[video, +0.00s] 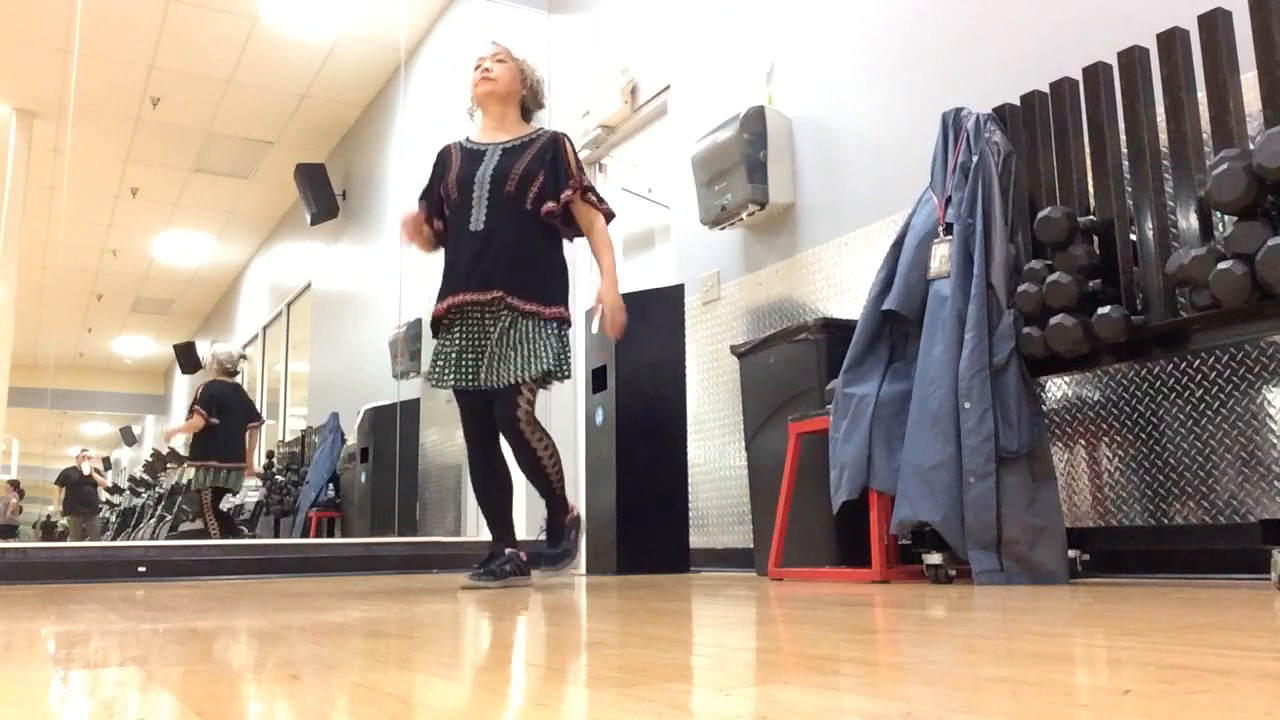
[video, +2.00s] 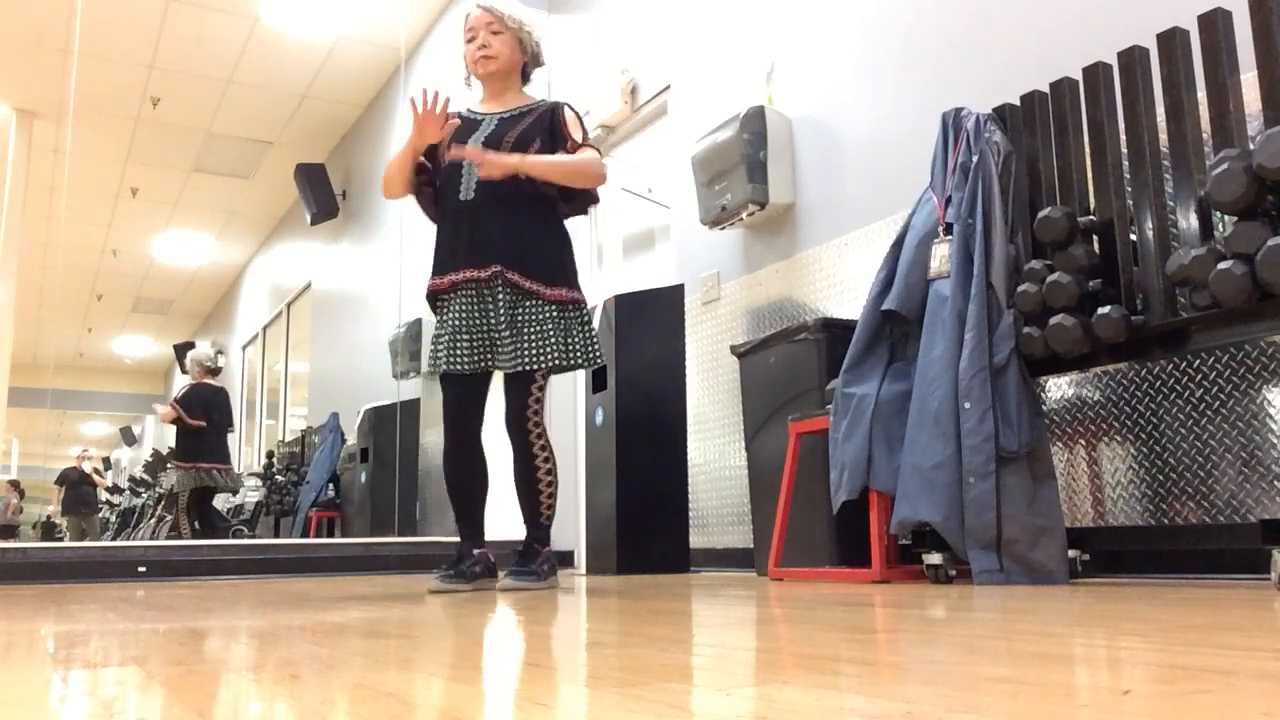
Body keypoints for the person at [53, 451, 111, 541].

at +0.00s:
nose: (86, 460)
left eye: (88, 458)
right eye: (83, 457)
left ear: (91, 459)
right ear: (77, 458)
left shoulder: (95, 471)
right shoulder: (68, 472)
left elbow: (104, 484)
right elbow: (59, 489)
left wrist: (92, 473)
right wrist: (57, 506)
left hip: (92, 510)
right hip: (74, 511)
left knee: (95, 538)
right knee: (75, 539)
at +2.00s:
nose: (85, 461)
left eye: (88, 458)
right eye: (83, 458)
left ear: (91, 460)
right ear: (77, 458)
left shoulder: (94, 471)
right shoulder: (68, 471)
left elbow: (103, 484)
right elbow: (58, 489)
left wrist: (91, 473)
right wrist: (55, 507)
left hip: (91, 512)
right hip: (73, 512)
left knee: (95, 538)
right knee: (74, 540)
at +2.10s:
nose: (86, 461)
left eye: (89, 458)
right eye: (83, 458)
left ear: (92, 460)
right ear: (78, 459)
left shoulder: (95, 471)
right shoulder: (69, 471)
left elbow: (104, 485)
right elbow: (58, 489)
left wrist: (92, 473)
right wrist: (56, 506)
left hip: (91, 511)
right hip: (73, 511)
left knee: (95, 538)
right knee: (74, 540)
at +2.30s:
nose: (88, 460)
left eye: (91, 458)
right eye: (86, 458)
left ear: (95, 460)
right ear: (81, 458)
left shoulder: (99, 471)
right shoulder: (72, 471)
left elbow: (107, 485)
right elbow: (60, 487)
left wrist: (95, 474)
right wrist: (57, 506)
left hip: (93, 512)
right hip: (74, 511)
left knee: (95, 539)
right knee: (75, 540)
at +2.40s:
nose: (90, 460)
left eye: (93, 458)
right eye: (88, 457)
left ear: (97, 460)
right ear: (83, 458)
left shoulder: (100, 471)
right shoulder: (73, 471)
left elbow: (108, 485)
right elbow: (61, 488)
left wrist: (96, 473)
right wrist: (58, 506)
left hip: (94, 512)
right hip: (75, 512)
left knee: (95, 540)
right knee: (75, 540)